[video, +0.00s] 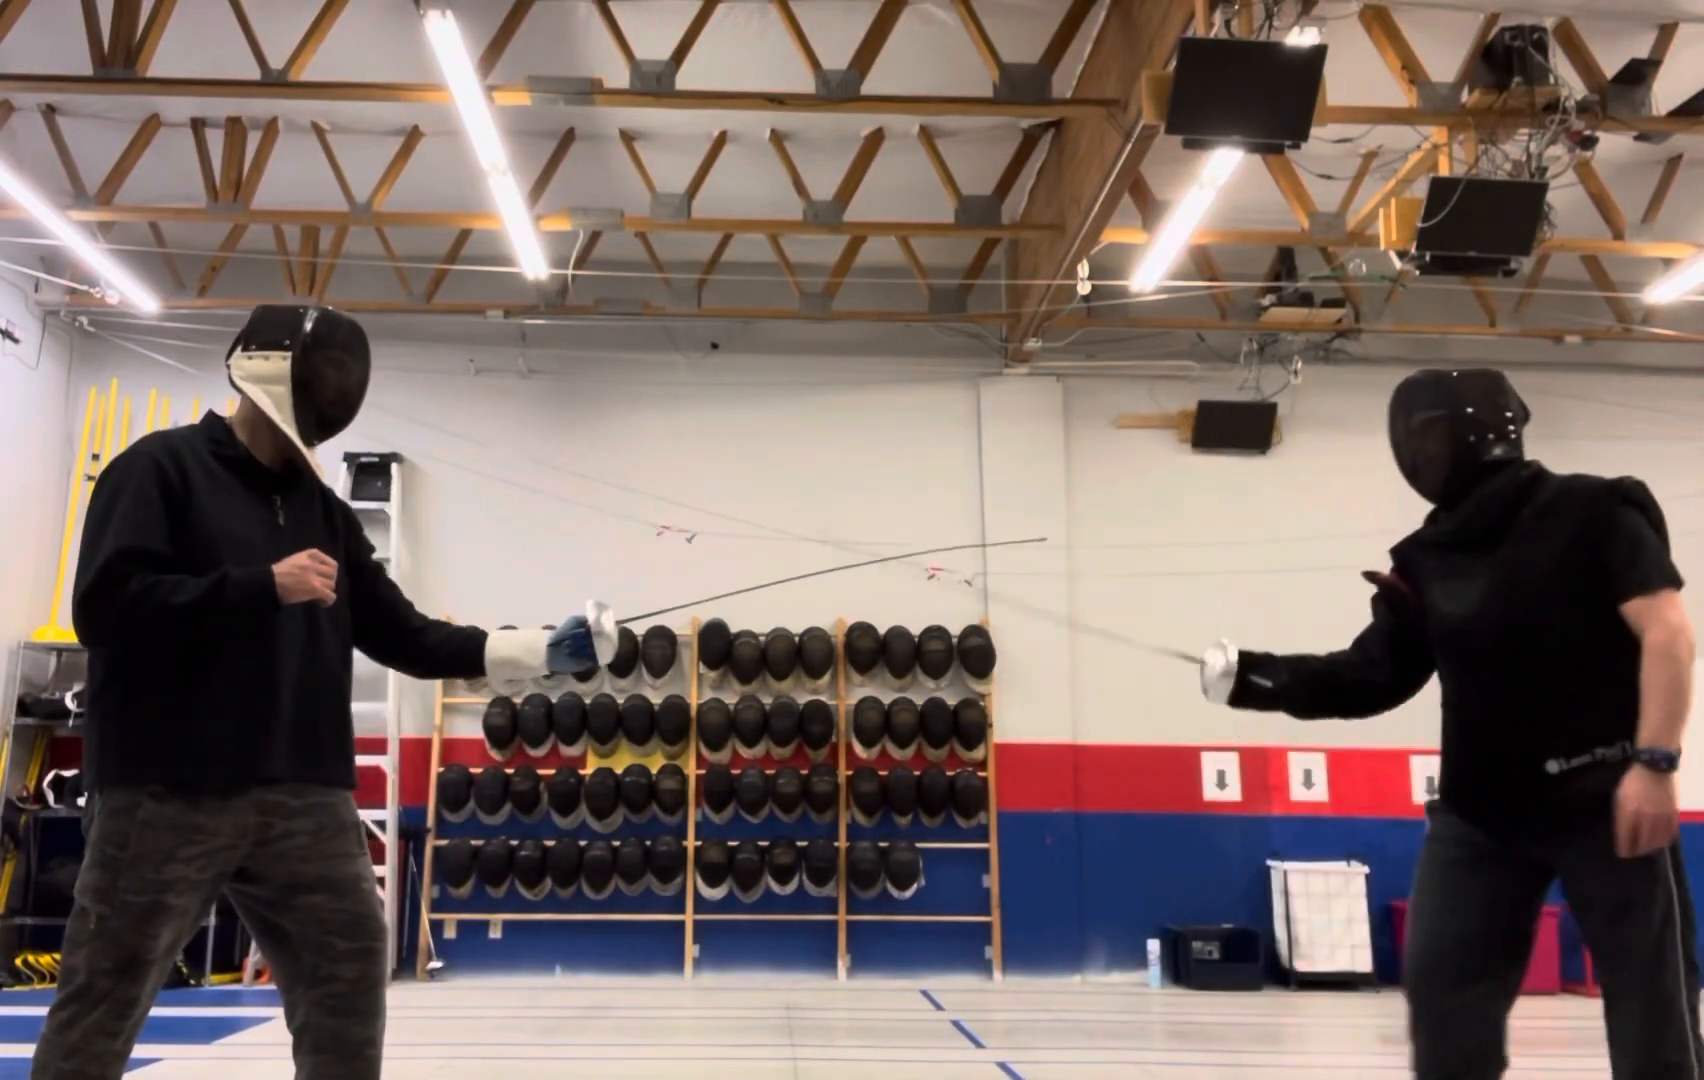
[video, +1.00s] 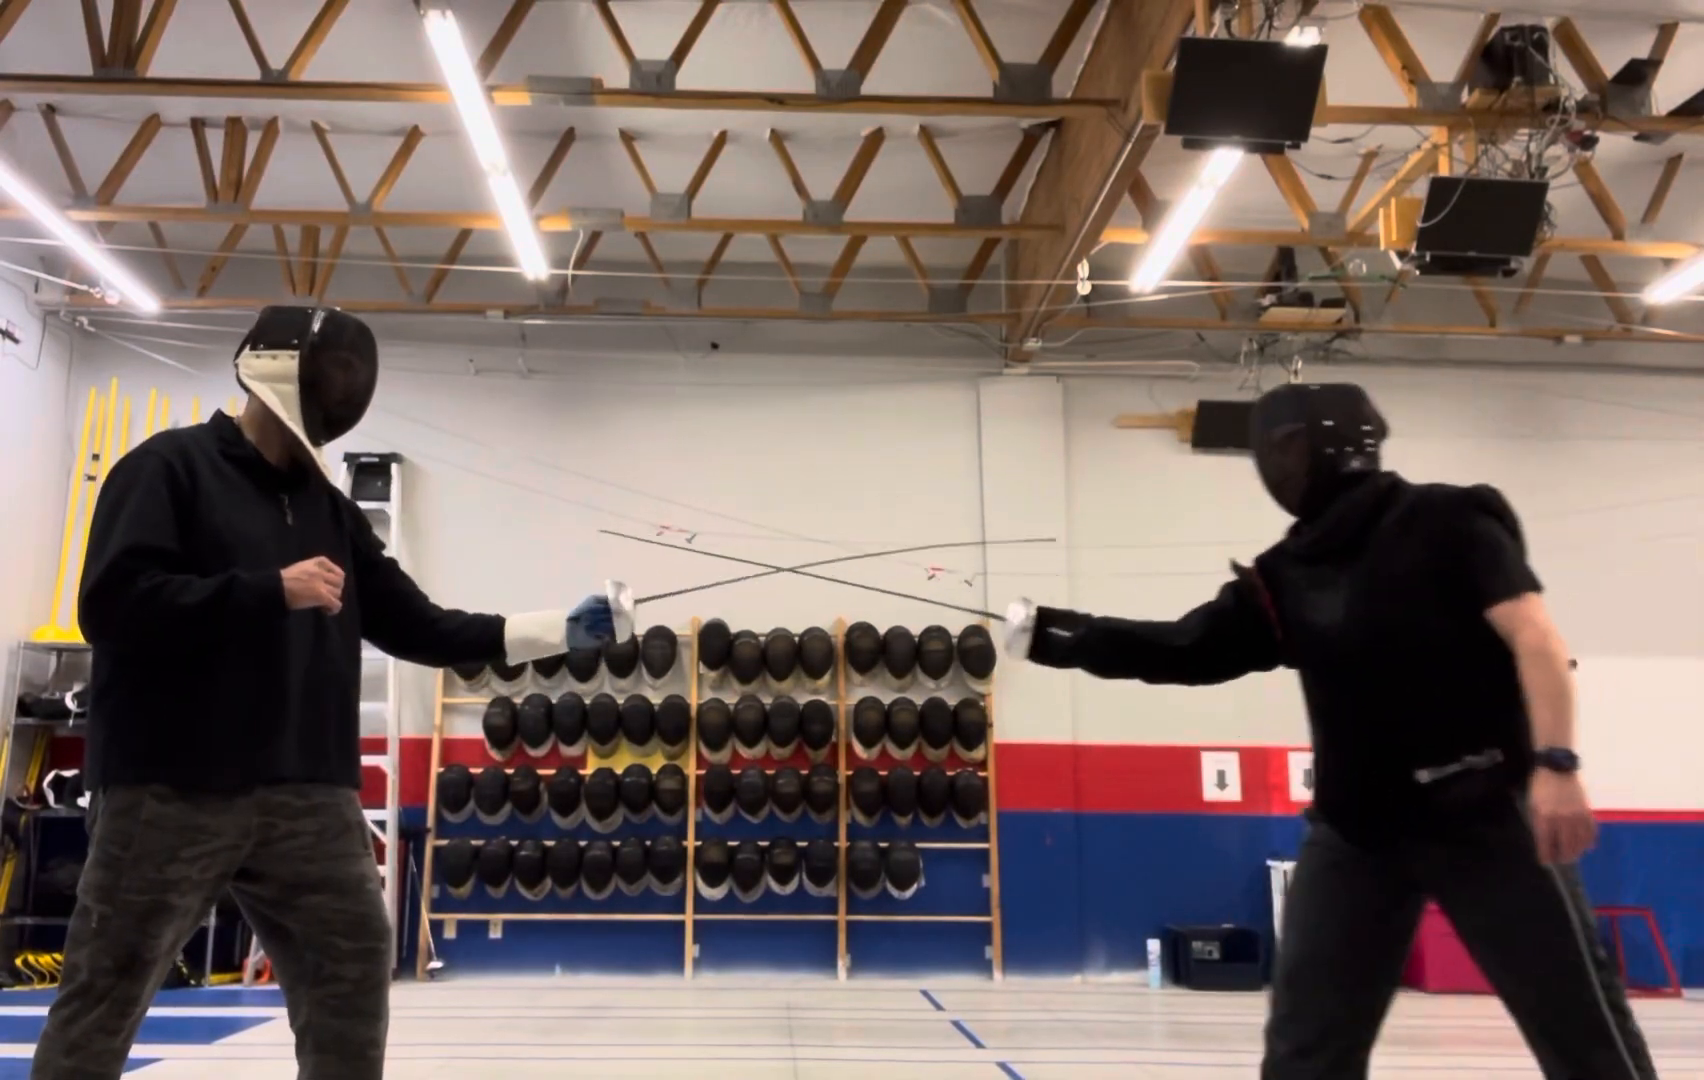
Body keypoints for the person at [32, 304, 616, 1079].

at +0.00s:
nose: (313, 407)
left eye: (326, 392)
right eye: (302, 383)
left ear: (331, 398)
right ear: (255, 369)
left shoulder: (323, 512)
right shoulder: (152, 470)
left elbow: (398, 633)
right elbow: (105, 606)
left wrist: (528, 652)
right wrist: (263, 583)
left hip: (300, 796)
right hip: (163, 793)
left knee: (347, 970)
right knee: (102, 1001)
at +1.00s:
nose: (323, 416)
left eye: (335, 400)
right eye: (315, 390)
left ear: (336, 402)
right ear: (267, 374)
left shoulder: (327, 507)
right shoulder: (161, 469)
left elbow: (410, 624)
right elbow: (111, 603)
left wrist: (556, 634)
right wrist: (268, 589)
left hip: (305, 794)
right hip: (168, 788)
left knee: (349, 973)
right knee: (103, 996)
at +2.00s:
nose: (332, 402)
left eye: (342, 388)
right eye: (318, 380)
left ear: (339, 395)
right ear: (266, 372)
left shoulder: (328, 507)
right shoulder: (158, 471)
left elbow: (401, 630)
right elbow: (101, 607)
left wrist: (526, 651)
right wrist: (256, 589)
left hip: (306, 797)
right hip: (165, 792)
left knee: (351, 969)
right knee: (102, 998)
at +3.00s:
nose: (326, 398)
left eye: (337, 384)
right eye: (312, 375)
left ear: (337, 392)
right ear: (258, 366)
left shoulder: (325, 507)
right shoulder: (154, 469)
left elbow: (407, 623)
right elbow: (99, 606)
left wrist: (550, 630)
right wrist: (254, 589)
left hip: (305, 796)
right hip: (166, 793)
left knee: (348, 982)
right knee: (101, 1002)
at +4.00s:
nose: (351, 414)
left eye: (361, 399)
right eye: (339, 391)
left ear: (357, 394)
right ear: (281, 371)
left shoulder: (352, 505)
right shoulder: (167, 472)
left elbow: (485, 528)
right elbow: (105, 604)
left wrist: (634, 503)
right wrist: (261, 589)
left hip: (311, 798)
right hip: (168, 796)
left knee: (353, 998)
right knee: (96, 1010)